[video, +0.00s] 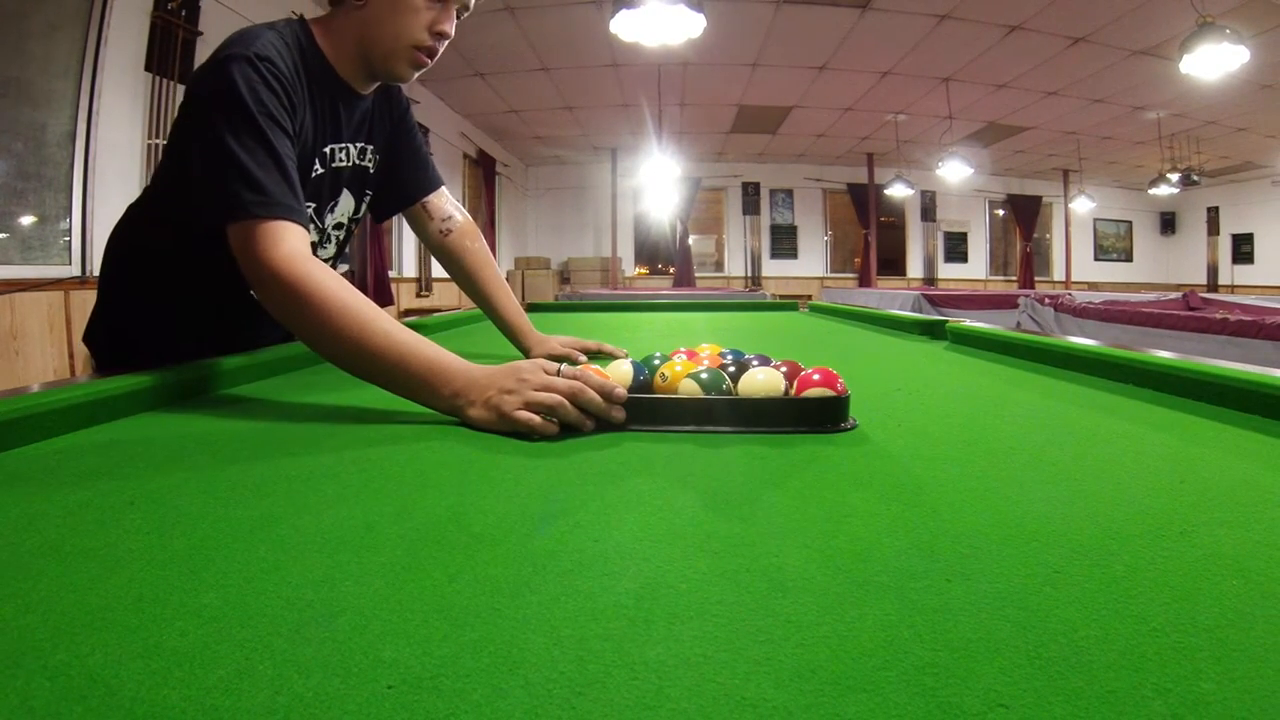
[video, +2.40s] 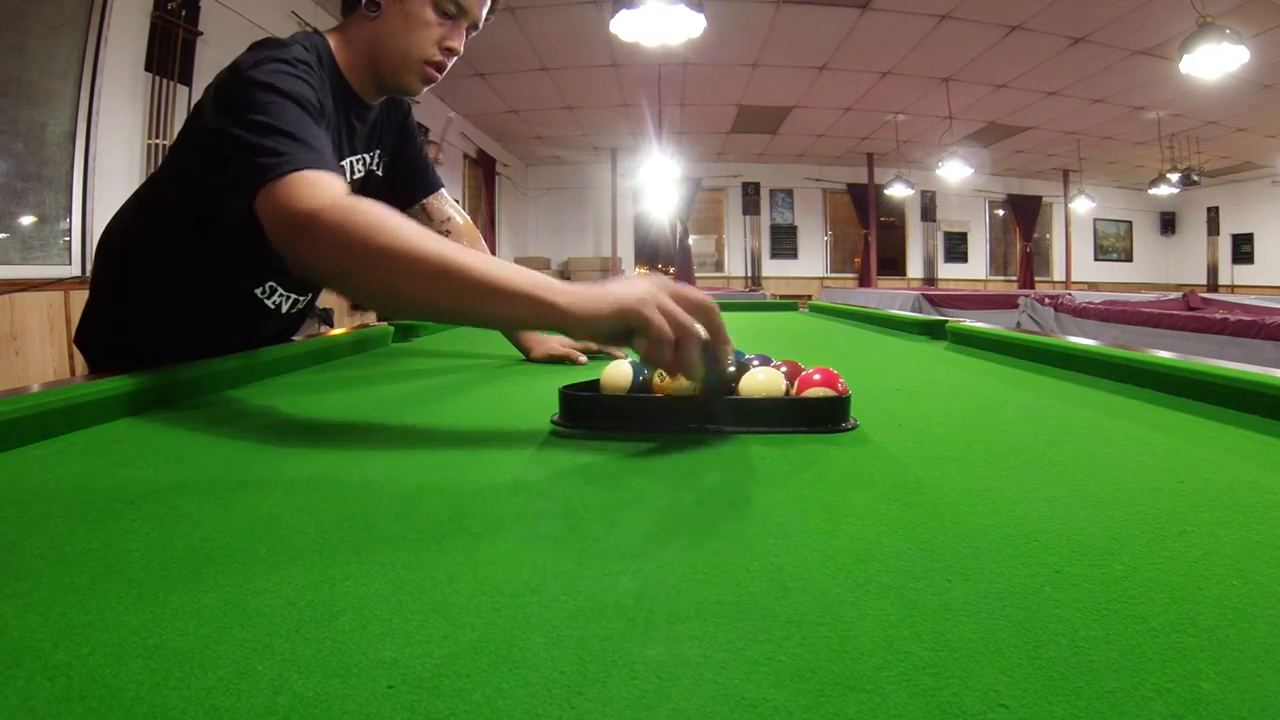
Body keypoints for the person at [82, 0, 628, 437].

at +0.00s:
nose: (449, 29)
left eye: (457, 13)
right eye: (437, 3)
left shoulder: (384, 98)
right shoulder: (255, 66)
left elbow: (445, 223)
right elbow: (276, 264)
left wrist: (527, 334)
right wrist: (467, 384)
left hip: (271, 345)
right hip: (160, 350)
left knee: (253, 533)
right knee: (147, 543)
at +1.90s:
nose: (450, 35)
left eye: (458, 21)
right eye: (438, 6)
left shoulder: (386, 110)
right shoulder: (259, 81)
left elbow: (447, 225)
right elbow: (283, 266)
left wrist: (517, 329)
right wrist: (496, 347)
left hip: (258, 333)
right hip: (150, 334)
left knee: (243, 513)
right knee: (141, 522)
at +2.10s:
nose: (454, 41)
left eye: (463, 26)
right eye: (442, 12)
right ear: (366, 0)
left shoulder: (389, 109)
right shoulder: (273, 75)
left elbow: (446, 228)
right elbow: (330, 235)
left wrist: (523, 329)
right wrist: (579, 302)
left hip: (261, 334)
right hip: (151, 337)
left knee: (253, 518)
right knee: (144, 526)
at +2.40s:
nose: (457, 48)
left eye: (467, 33)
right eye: (446, 17)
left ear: (449, 41)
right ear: (376, 1)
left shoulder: (387, 112)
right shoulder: (280, 76)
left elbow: (449, 227)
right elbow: (312, 232)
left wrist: (523, 330)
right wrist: (569, 301)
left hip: (255, 337)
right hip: (149, 338)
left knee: (238, 524)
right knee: (133, 534)